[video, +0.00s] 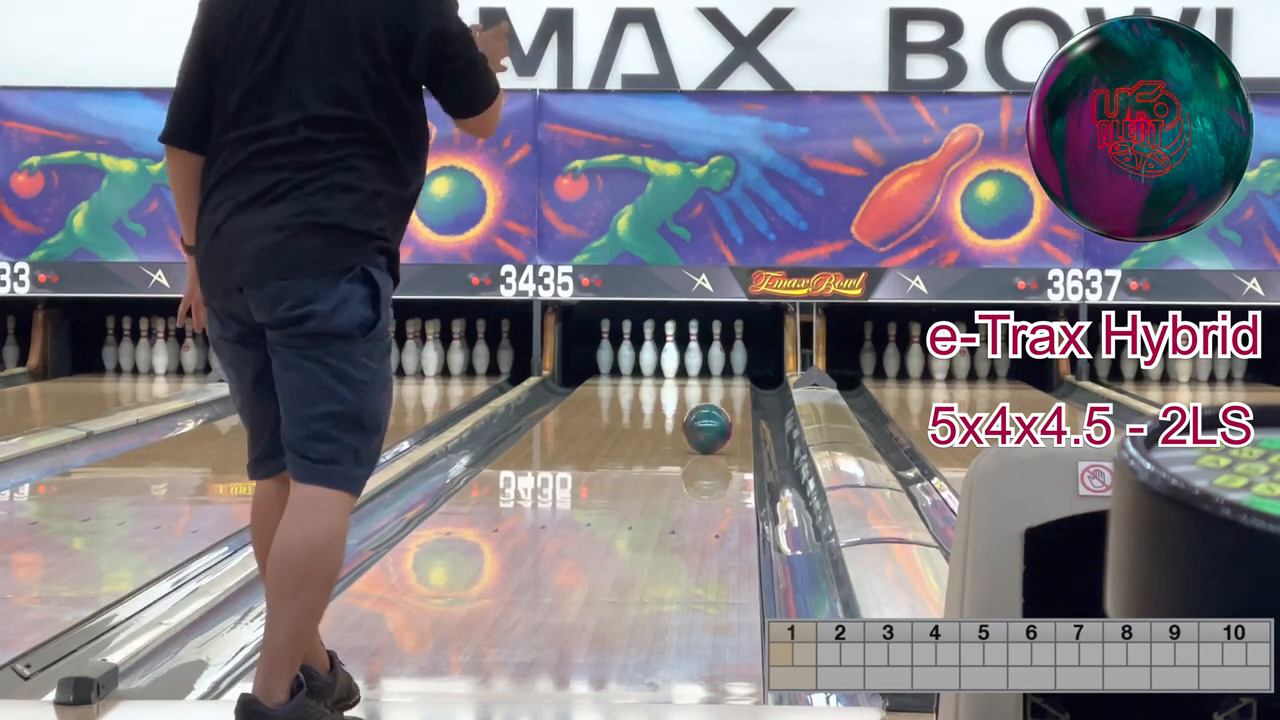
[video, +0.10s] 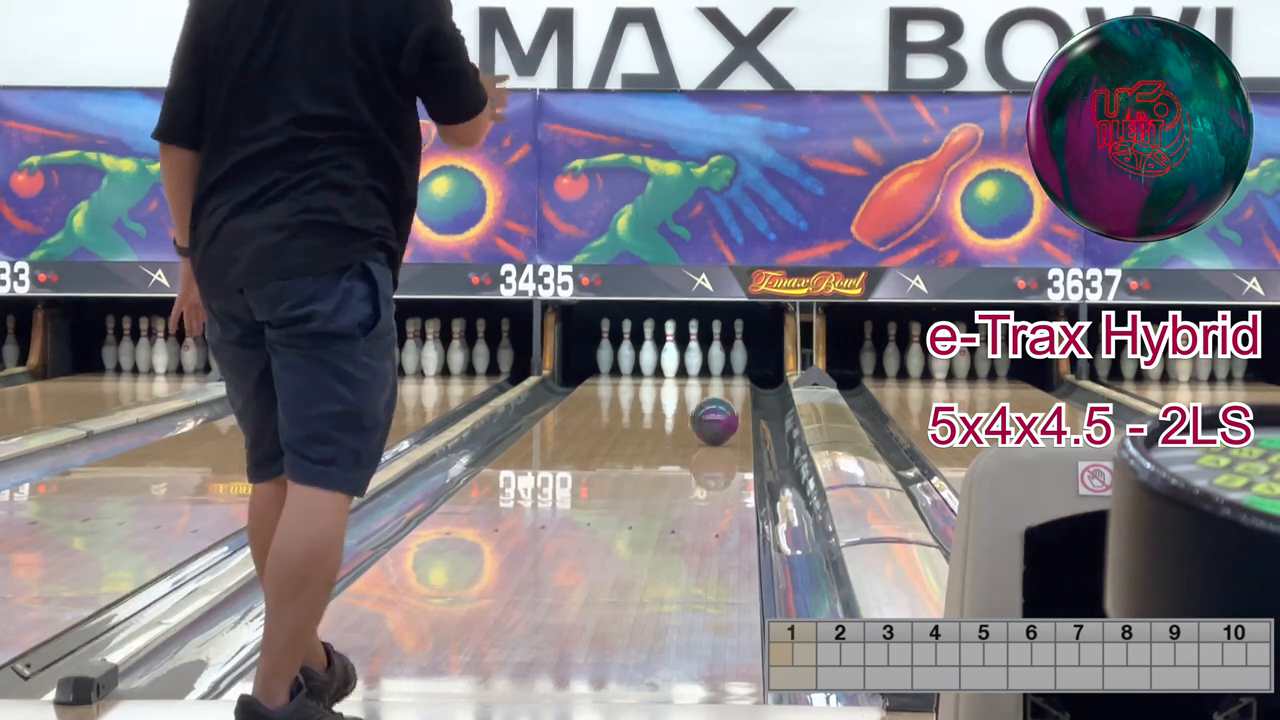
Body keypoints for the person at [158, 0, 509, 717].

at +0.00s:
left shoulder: (230, 3)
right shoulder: (411, 4)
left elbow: (183, 140)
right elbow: (479, 115)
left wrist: (201, 257)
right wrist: (486, 55)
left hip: (226, 254)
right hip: (328, 251)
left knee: (274, 471)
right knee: (328, 477)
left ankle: (309, 663)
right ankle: (269, 694)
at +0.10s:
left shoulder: (220, 3)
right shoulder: (405, 3)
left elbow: (178, 135)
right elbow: (463, 127)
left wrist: (191, 257)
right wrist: (479, 102)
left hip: (223, 250)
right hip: (331, 243)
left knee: (270, 472)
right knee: (324, 478)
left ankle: (309, 662)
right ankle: (269, 697)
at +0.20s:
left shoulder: (212, 3)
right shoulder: (403, 3)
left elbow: (171, 133)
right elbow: (453, 135)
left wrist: (179, 258)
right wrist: (487, 146)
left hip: (222, 248)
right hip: (333, 246)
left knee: (265, 472)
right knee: (319, 478)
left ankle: (302, 652)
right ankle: (270, 697)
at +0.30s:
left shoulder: (203, 3)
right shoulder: (400, 2)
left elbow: (165, 130)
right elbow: (447, 146)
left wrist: (172, 257)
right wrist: (478, 180)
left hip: (223, 250)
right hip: (333, 251)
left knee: (259, 465)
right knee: (311, 479)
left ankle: (293, 659)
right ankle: (270, 698)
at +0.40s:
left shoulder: (198, 2)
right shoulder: (397, 0)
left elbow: (160, 124)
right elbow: (436, 118)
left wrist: (164, 255)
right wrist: (459, 202)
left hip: (224, 254)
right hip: (337, 258)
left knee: (250, 458)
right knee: (307, 479)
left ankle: (253, 667)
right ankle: (271, 695)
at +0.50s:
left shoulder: (194, 3)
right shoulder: (396, 2)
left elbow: (157, 124)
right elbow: (430, 119)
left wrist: (158, 257)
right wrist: (454, 220)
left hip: (218, 257)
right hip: (329, 262)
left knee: (238, 455)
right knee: (303, 479)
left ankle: (228, 673)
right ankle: (271, 696)